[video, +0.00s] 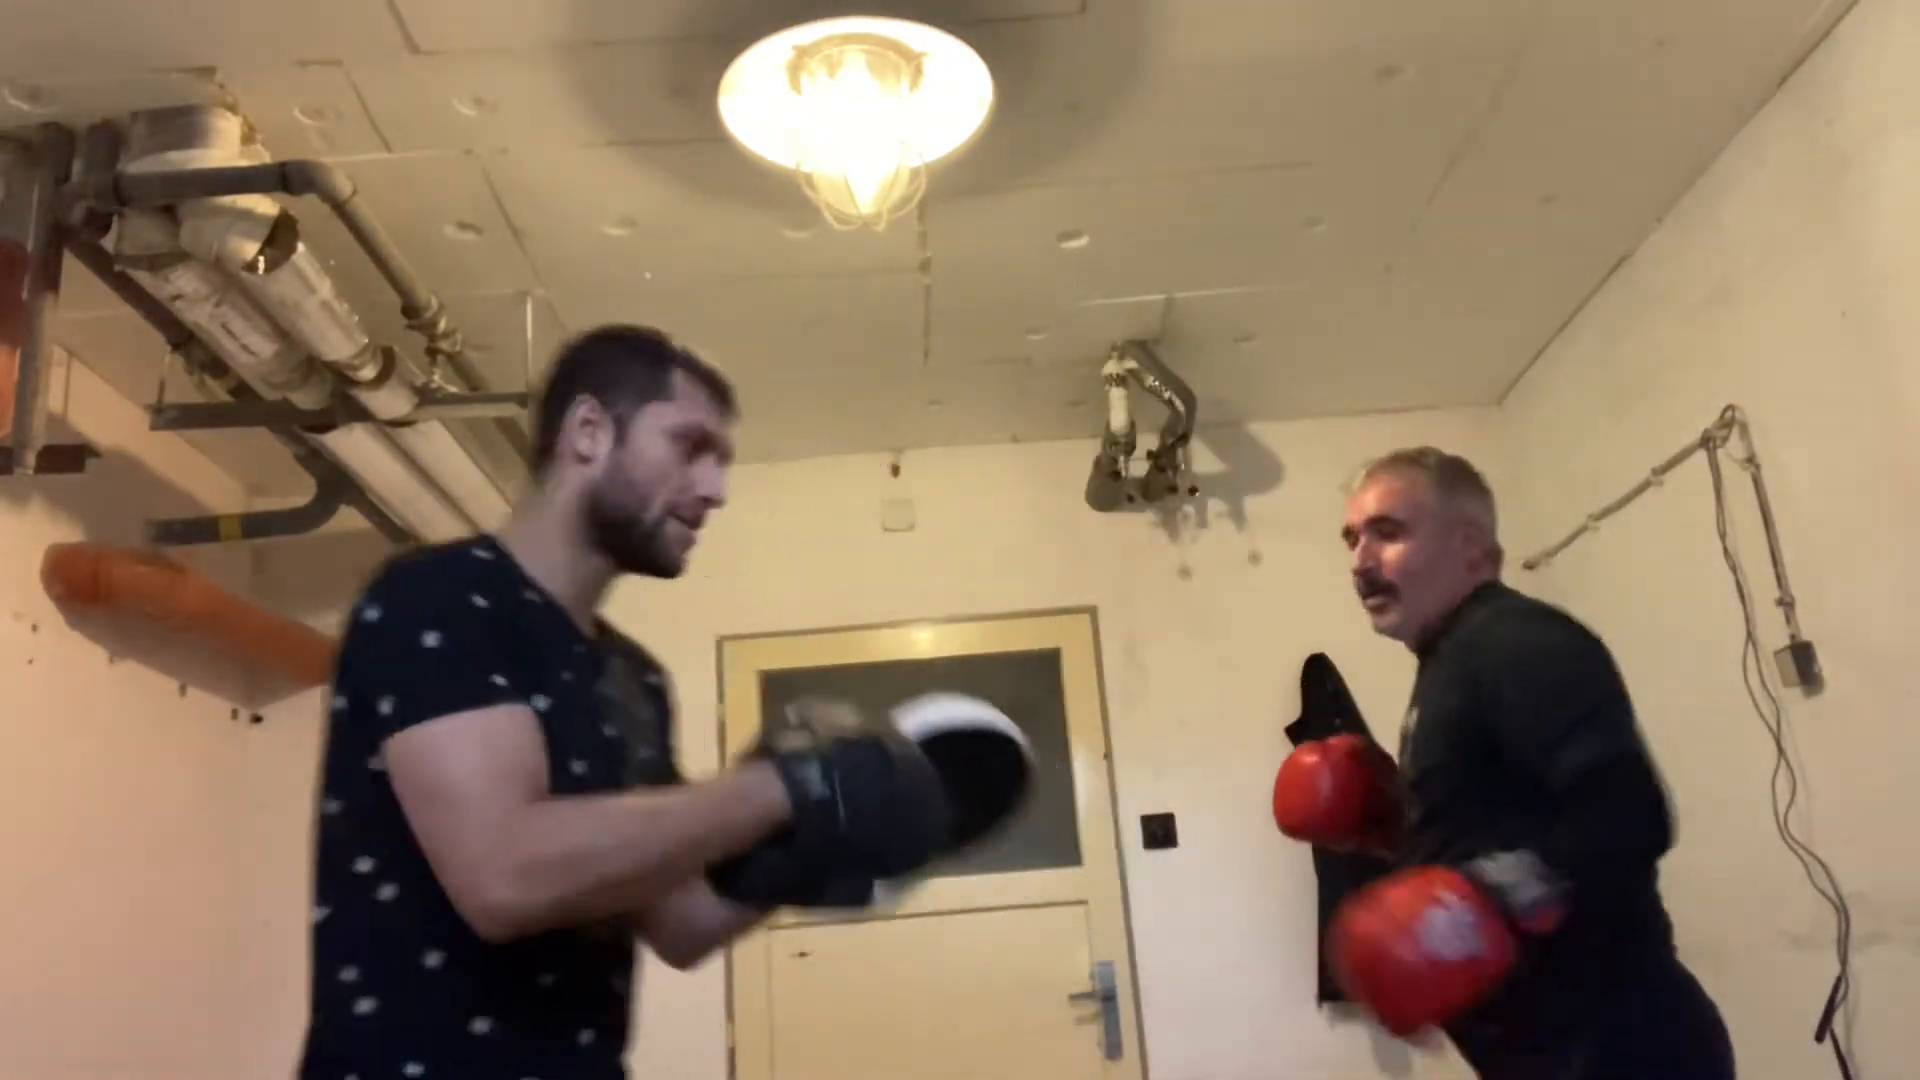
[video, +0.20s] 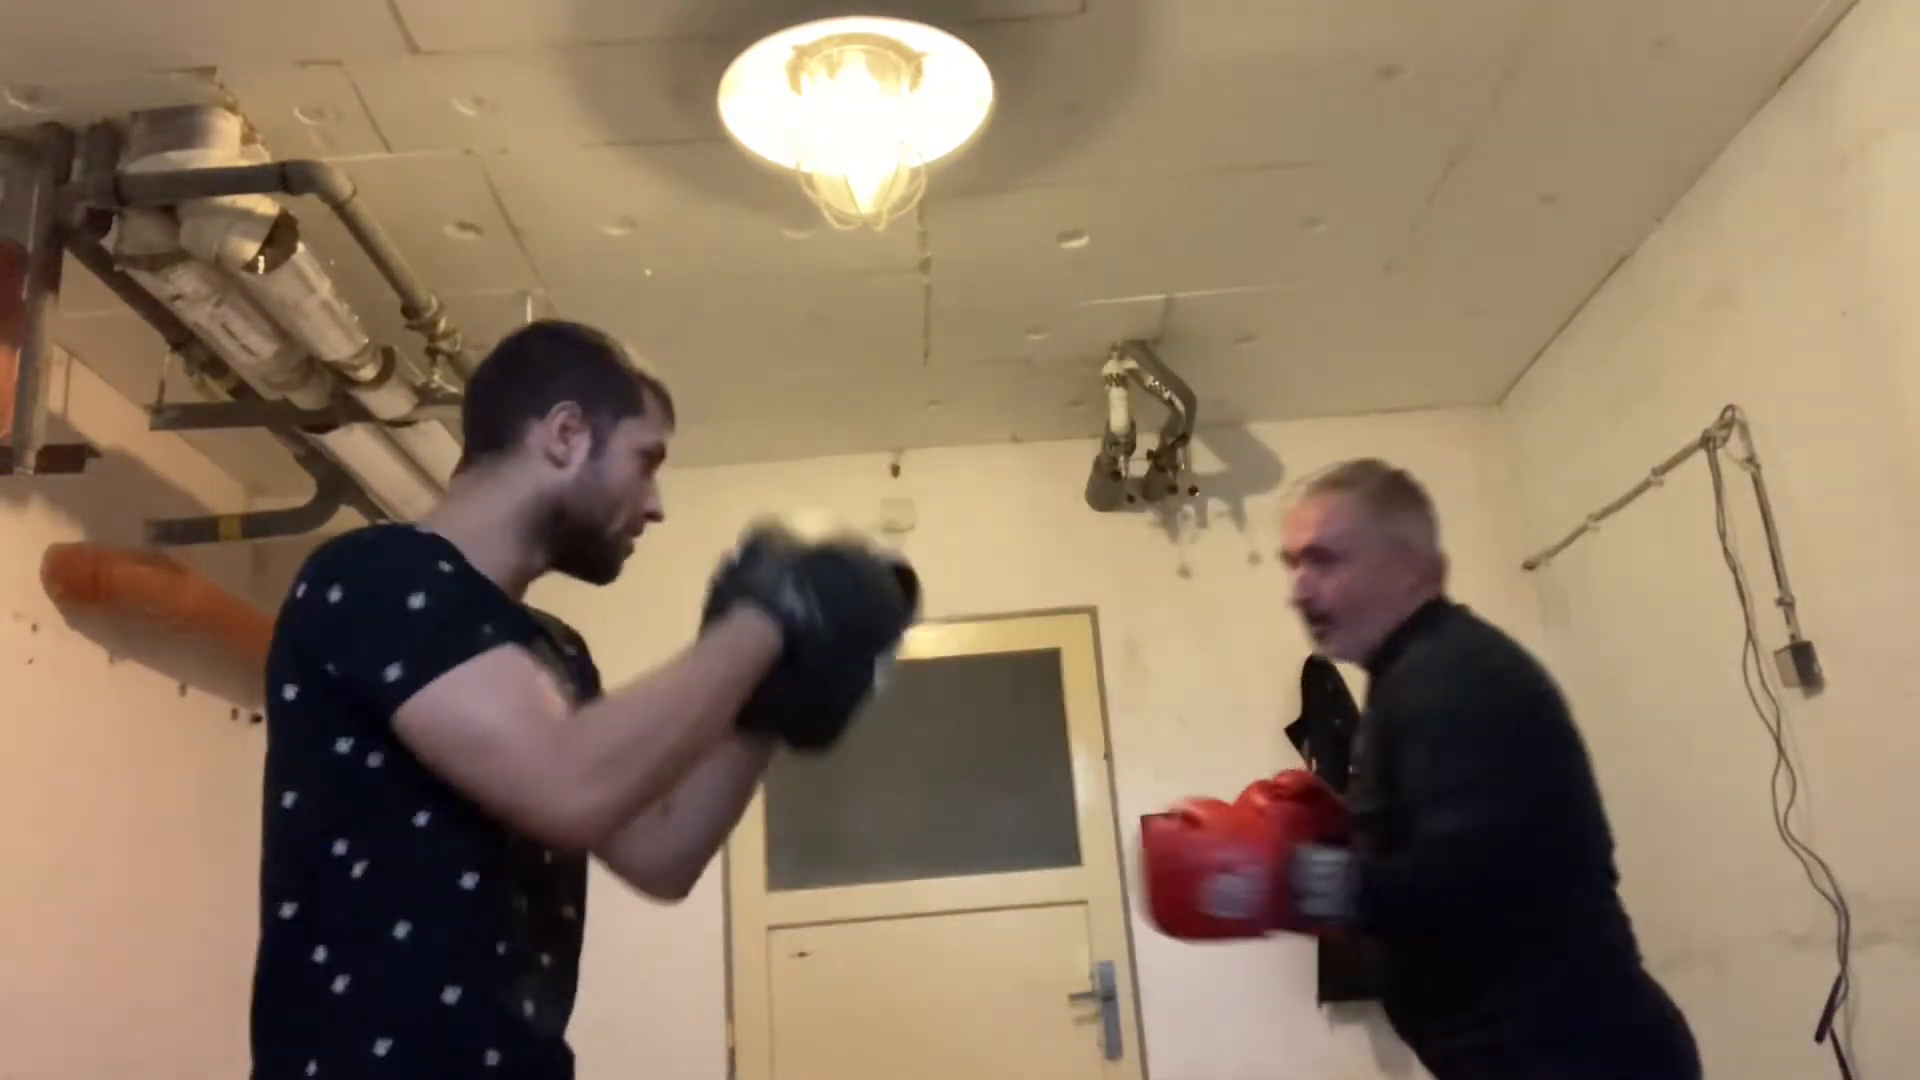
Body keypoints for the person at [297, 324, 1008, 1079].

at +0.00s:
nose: (716, 491)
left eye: (721, 463)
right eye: (691, 448)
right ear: (587, 435)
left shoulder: (632, 682)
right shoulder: (433, 602)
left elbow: (683, 928)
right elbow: (500, 876)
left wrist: (802, 845)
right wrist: (787, 787)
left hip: (572, 1060)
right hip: (415, 1058)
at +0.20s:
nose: (656, 504)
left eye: (658, 472)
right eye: (645, 463)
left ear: (565, 442)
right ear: (563, 438)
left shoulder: (551, 657)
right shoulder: (374, 581)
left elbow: (662, 858)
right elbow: (571, 792)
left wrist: (780, 691)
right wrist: (762, 622)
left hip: (516, 1056)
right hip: (368, 1056)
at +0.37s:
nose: (656, 533)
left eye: (661, 500)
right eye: (651, 492)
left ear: (575, 462)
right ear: (576, 459)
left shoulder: (496, 659)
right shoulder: (392, 585)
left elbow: (705, 798)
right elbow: (658, 721)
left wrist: (775, 615)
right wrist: (768, 531)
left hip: (529, 1050)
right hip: (398, 1053)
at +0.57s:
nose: (659, 554)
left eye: (666, 520)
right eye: (657, 511)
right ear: (586, 476)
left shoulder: (480, 642)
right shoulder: (412, 593)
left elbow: (705, 764)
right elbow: (688, 721)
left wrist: (771, 599)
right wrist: (785, 529)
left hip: (513, 1051)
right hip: (405, 1053)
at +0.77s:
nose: (618, 561)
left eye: (627, 528)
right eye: (617, 516)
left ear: (541, 484)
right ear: (544, 478)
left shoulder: (433, 649)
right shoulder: (364, 594)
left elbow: (663, 767)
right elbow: (651, 723)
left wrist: (745, 600)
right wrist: (760, 538)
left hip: (454, 1053)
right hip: (353, 1052)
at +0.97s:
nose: (581, 541)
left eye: (586, 510)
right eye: (574, 498)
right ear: (491, 458)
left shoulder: (409, 659)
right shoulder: (291, 587)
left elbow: (621, 779)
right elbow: (583, 710)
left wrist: (694, 602)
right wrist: (700, 520)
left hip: (434, 1057)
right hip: (292, 1057)